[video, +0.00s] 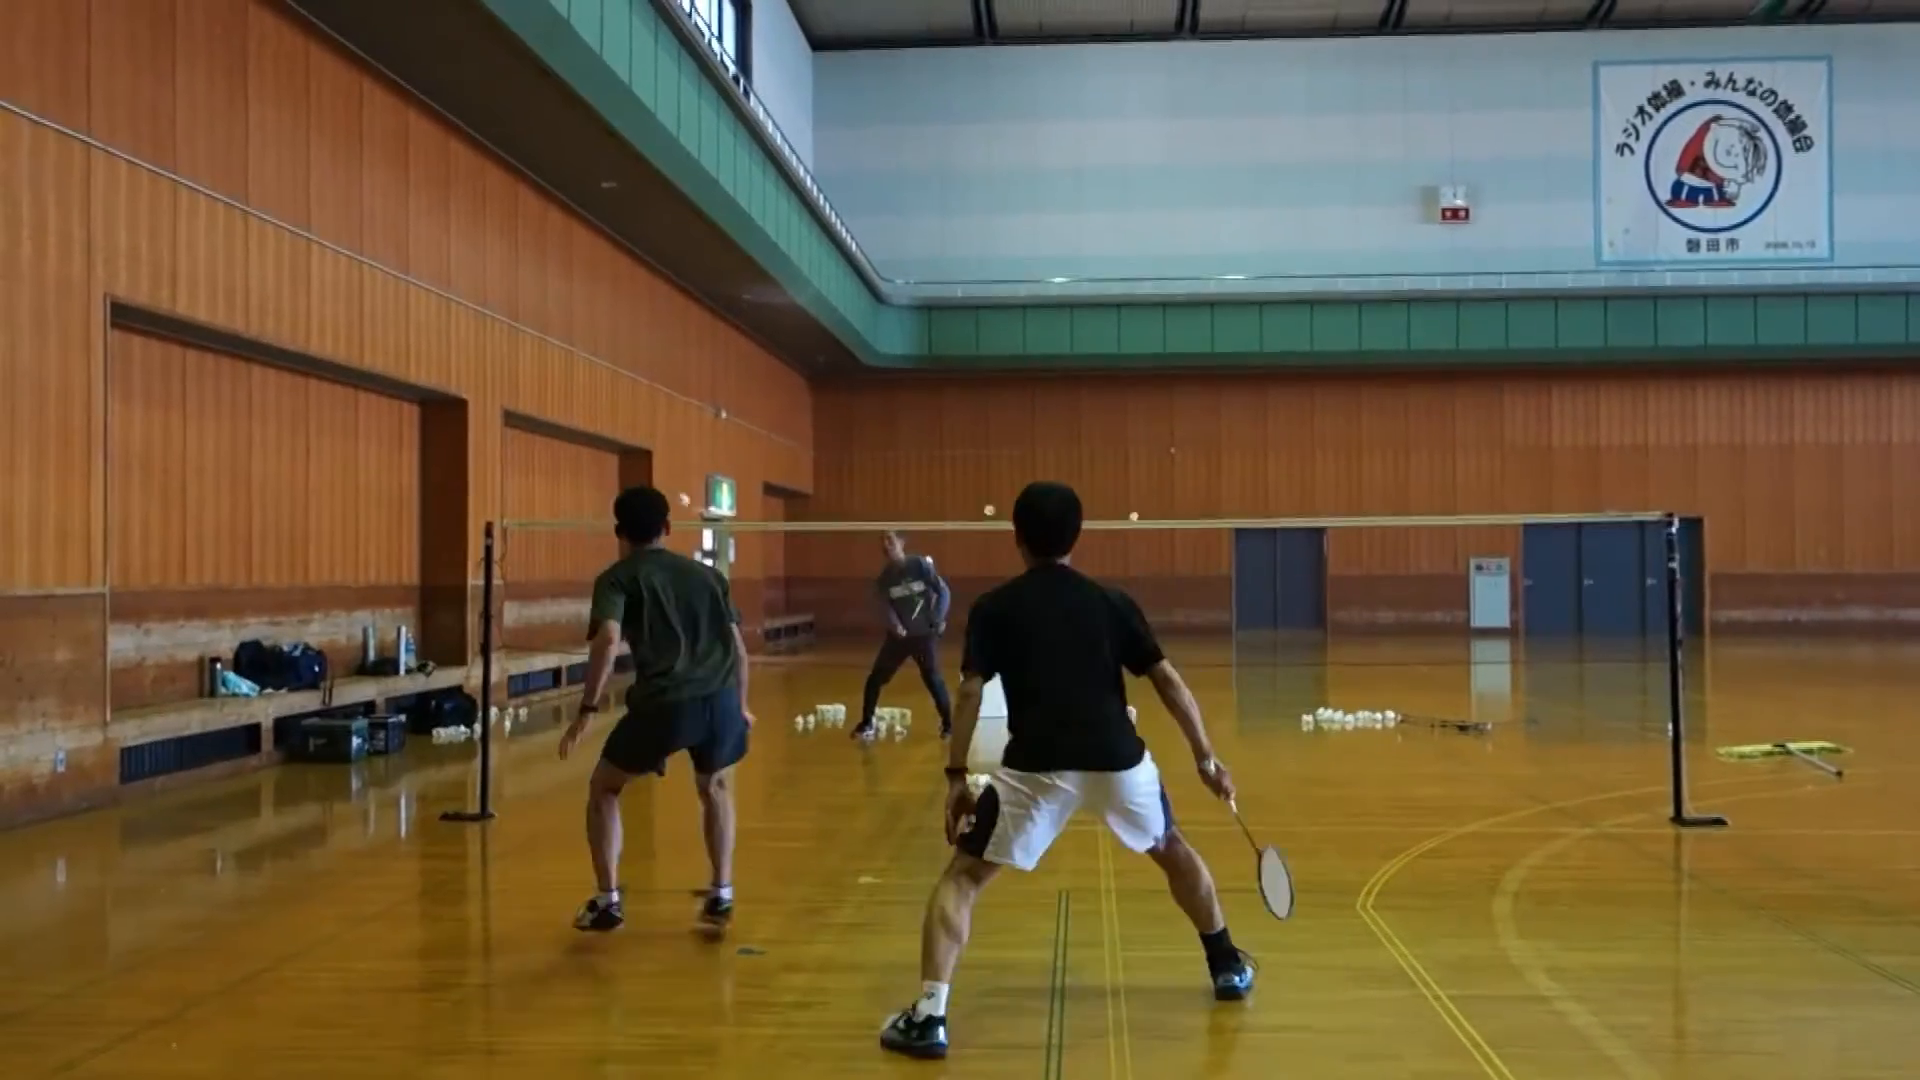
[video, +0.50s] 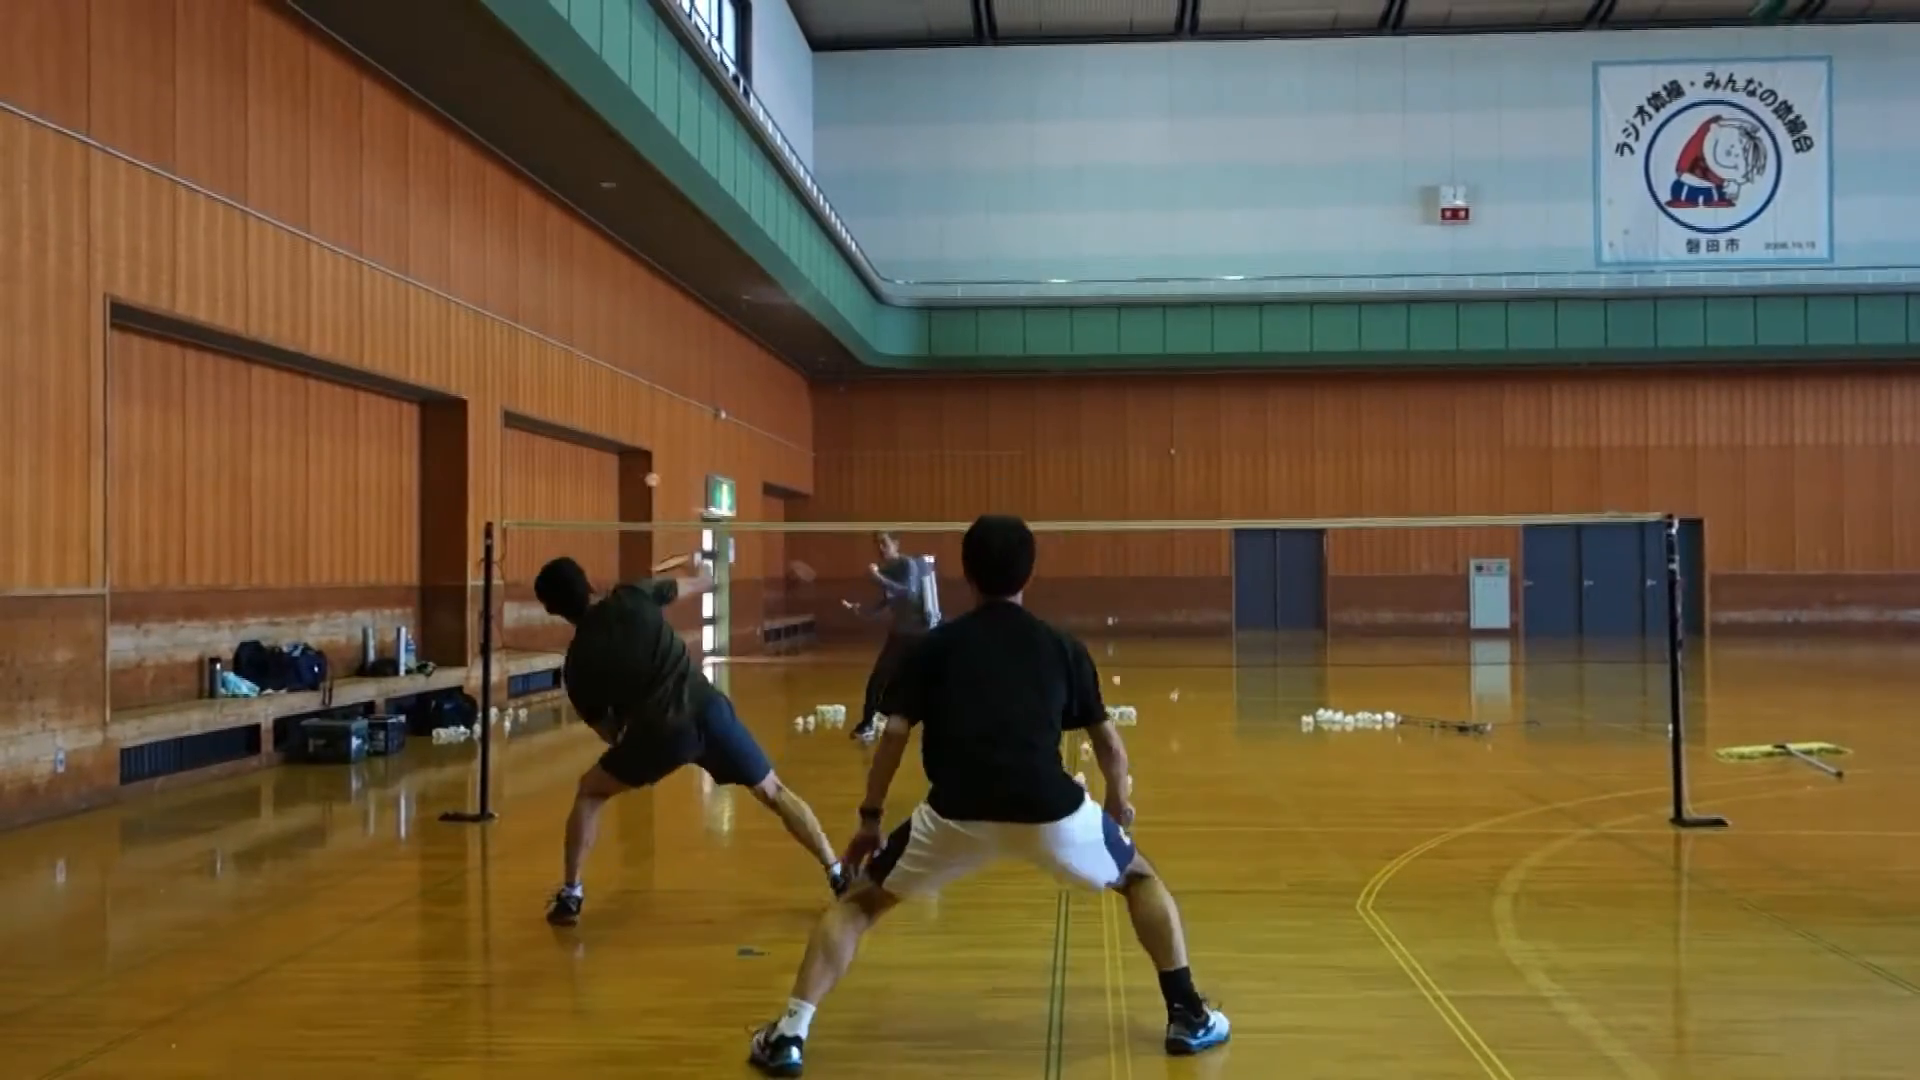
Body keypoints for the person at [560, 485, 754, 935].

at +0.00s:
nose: (617, 534)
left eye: (617, 528)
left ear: (620, 531)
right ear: (667, 528)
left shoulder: (617, 579)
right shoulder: (706, 574)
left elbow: (607, 639)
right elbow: (738, 650)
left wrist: (585, 712)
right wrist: (741, 705)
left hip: (660, 710)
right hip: (720, 705)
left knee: (605, 789)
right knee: (716, 787)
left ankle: (608, 897)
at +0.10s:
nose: (634, 545)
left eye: (635, 539)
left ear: (639, 545)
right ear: (684, 540)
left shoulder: (630, 599)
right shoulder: (717, 588)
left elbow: (610, 679)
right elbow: (760, 649)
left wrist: (590, 734)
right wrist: (771, 690)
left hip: (661, 727)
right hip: (723, 723)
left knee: (610, 804)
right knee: (770, 805)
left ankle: (576, 903)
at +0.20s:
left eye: (616, 556)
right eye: (660, 545)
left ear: (617, 560)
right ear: (661, 550)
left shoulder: (620, 620)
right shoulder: (703, 589)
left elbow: (592, 690)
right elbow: (774, 619)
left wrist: (565, 734)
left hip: (669, 736)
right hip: (730, 726)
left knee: (622, 804)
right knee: (787, 804)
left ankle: (575, 895)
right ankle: (805, 902)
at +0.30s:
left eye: (580, 578)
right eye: (603, 554)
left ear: (582, 584)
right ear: (616, 557)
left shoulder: (602, 632)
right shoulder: (671, 574)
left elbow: (598, 693)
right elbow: (728, 545)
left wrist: (612, 653)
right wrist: (688, 496)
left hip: (668, 730)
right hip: (726, 714)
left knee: (609, 806)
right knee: (782, 796)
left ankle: (571, 895)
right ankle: (804, 893)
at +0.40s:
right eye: (593, 568)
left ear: (566, 602)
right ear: (600, 575)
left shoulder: (587, 652)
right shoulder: (640, 587)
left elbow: (606, 697)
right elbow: (667, 531)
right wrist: (633, 513)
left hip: (658, 736)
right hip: (710, 714)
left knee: (596, 801)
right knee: (778, 791)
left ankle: (569, 890)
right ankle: (821, 871)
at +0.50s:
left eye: (550, 606)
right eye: (584, 577)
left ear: (555, 612)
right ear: (587, 583)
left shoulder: (578, 666)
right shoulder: (634, 595)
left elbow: (608, 730)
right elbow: (700, 584)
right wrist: (695, 567)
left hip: (660, 734)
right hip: (708, 710)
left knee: (591, 792)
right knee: (775, 791)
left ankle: (571, 891)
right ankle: (837, 872)